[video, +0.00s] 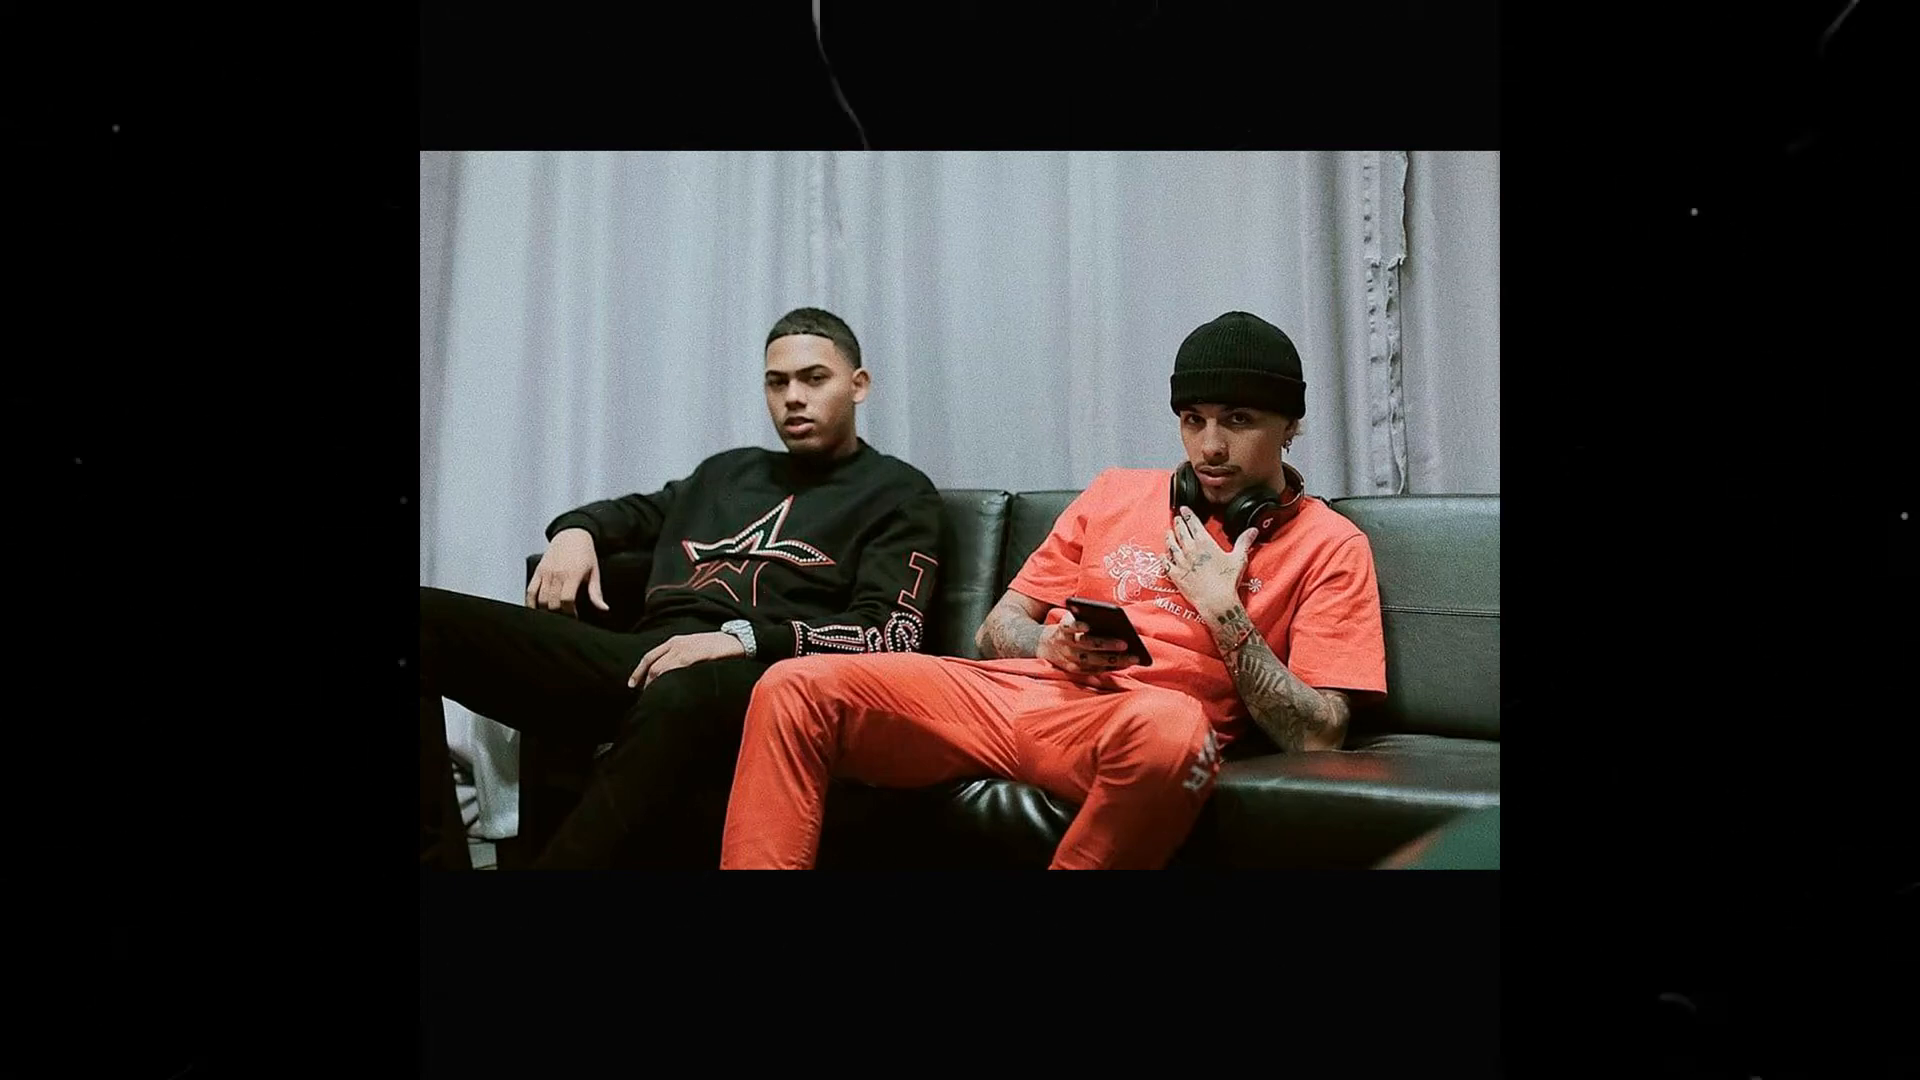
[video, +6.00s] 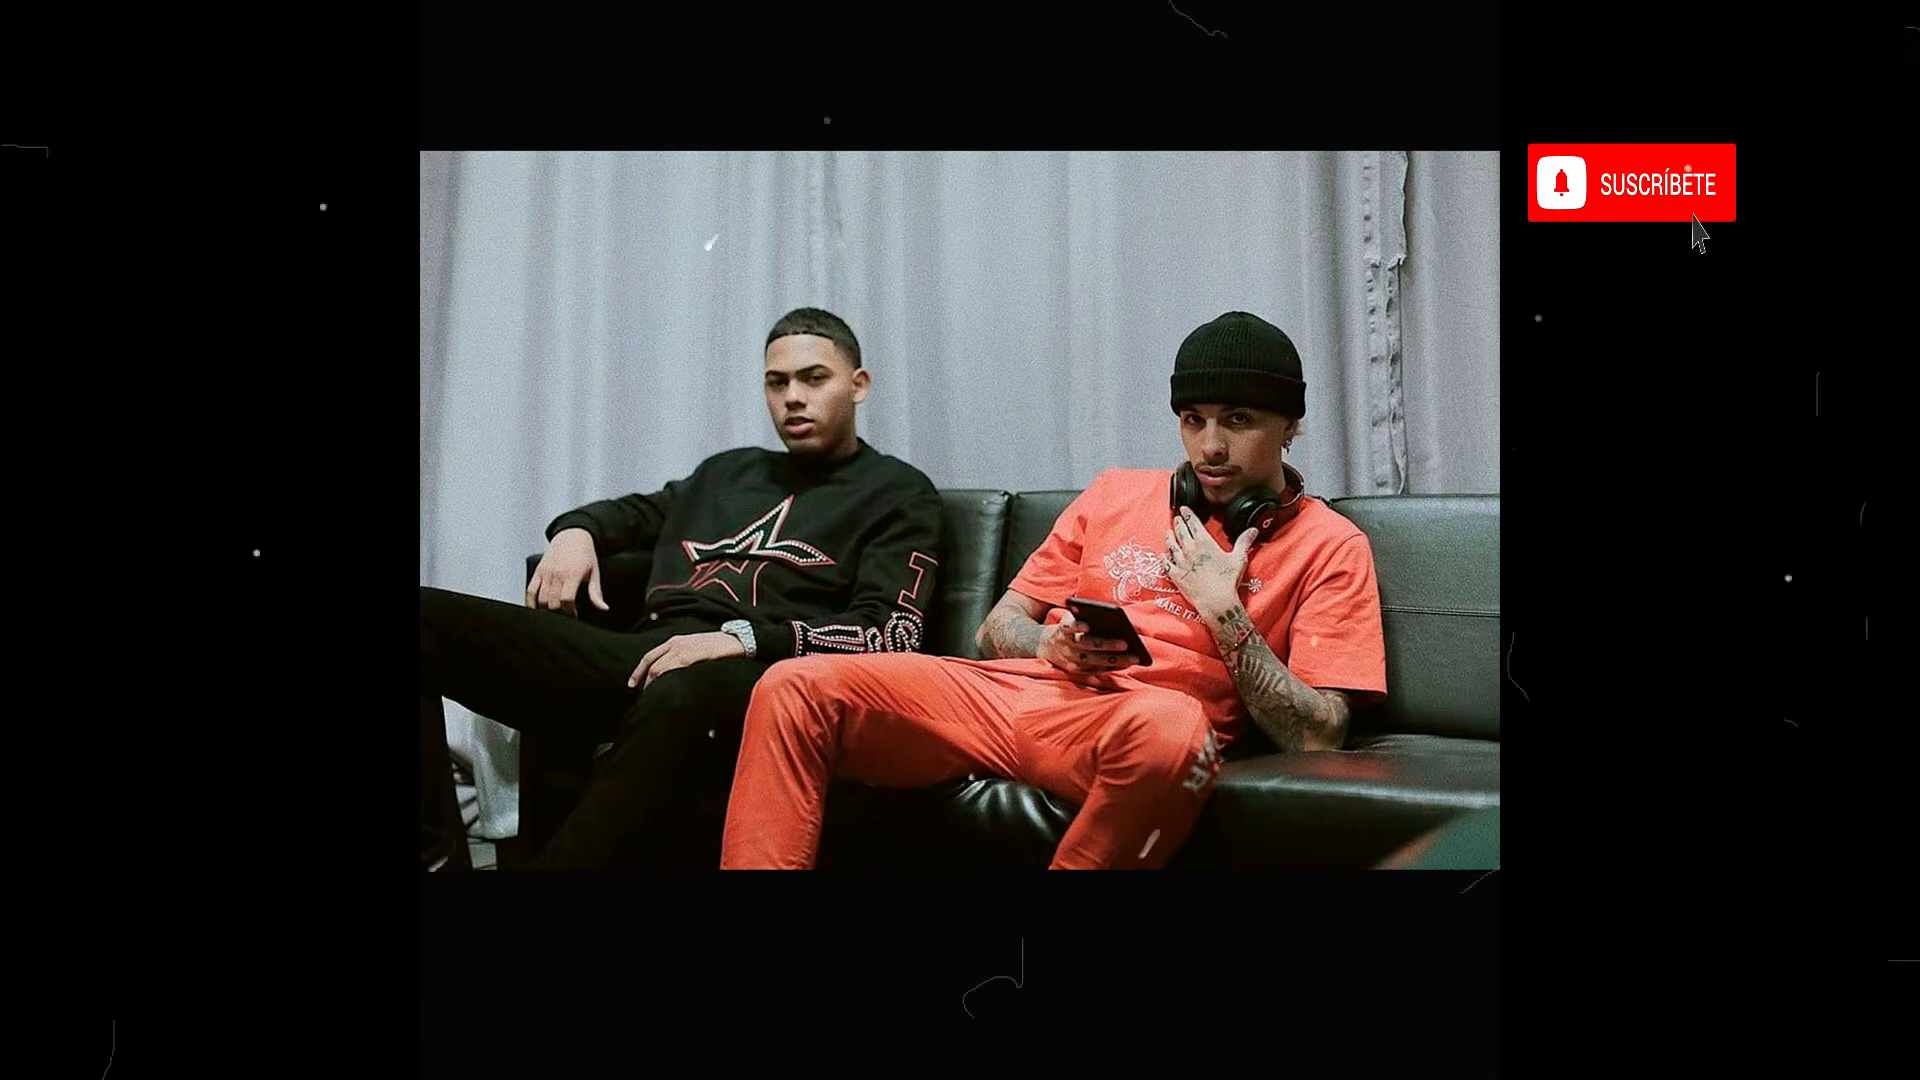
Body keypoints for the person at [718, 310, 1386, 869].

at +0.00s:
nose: (1210, 445)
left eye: (1237, 421)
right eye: (1195, 419)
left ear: (1288, 428)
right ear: (1179, 422)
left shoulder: (1328, 546)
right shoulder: (1117, 493)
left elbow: (1317, 735)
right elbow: (1000, 625)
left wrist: (1227, 615)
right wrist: (1052, 647)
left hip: (1132, 708)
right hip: (1014, 685)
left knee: (1170, 745)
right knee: (791, 694)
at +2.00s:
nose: (1210, 445)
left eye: (1238, 421)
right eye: (1195, 420)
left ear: (1288, 428)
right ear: (1178, 422)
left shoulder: (1328, 546)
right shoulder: (1117, 493)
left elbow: (1318, 736)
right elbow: (999, 626)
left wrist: (1227, 615)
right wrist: (1052, 646)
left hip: (1132, 707)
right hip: (1014, 685)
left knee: (1170, 745)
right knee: (792, 693)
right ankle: (750, 949)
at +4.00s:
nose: (1210, 445)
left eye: (1238, 421)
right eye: (1195, 419)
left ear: (1288, 429)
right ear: (1179, 422)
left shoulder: (1329, 546)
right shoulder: (1118, 493)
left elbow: (1318, 734)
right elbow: (999, 626)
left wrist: (1227, 615)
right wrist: (1051, 647)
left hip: (1131, 708)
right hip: (1014, 685)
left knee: (1171, 745)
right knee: (792, 693)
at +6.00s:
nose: (1210, 445)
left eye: (1238, 421)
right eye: (1196, 419)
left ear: (1289, 429)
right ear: (1179, 422)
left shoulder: (1328, 546)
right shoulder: (1118, 492)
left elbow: (1318, 734)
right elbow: (999, 626)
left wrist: (1226, 614)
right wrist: (1050, 647)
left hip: (1130, 709)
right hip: (1013, 685)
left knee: (1171, 746)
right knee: (792, 693)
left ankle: (1036, 960)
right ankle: (758, 925)